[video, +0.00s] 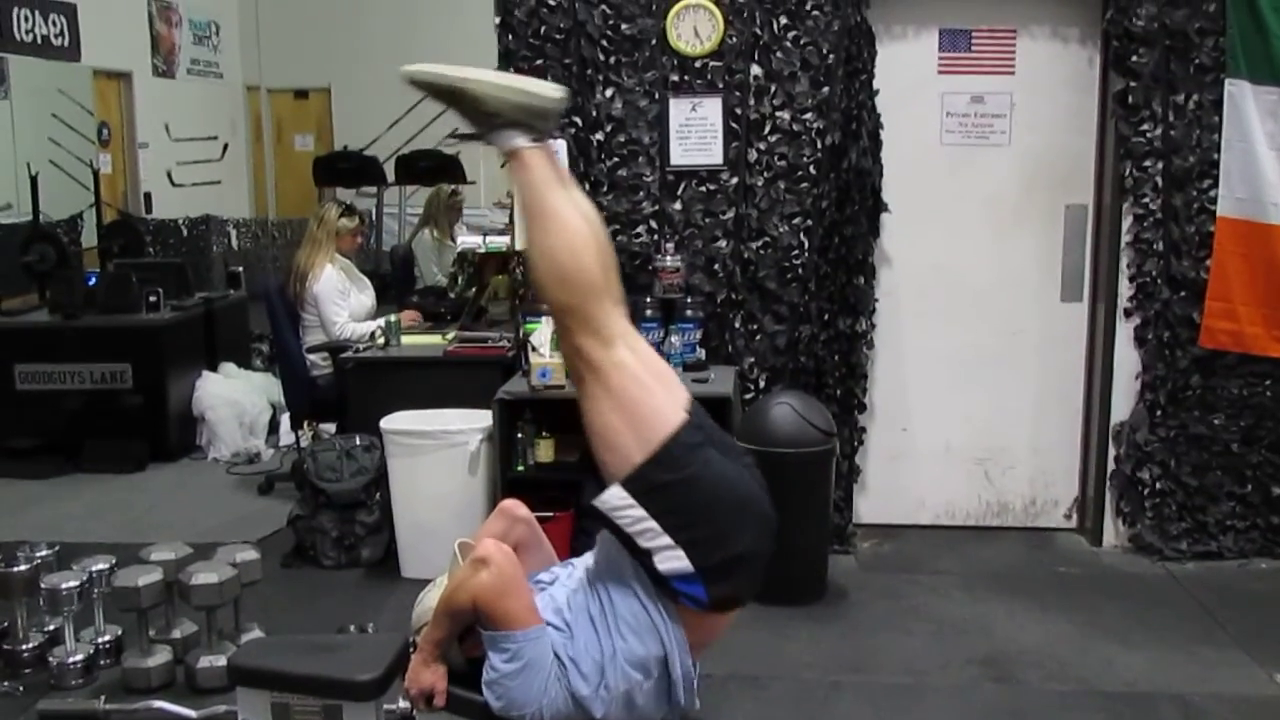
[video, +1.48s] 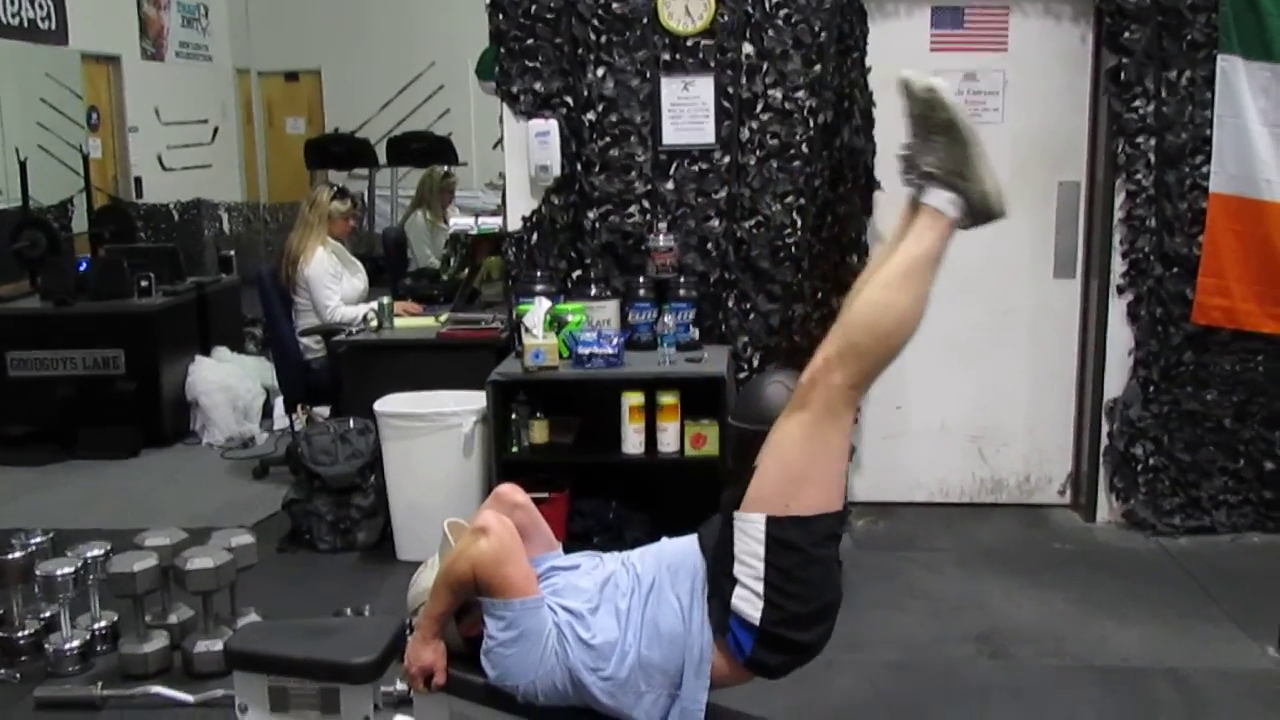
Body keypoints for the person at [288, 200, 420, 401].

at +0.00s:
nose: (360, 240)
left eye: (361, 234)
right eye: (355, 235)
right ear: (334, 235)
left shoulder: (338, 266)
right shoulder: (326, 274)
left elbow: (347, 324)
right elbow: (339, 332)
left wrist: (391, 322)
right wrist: (392, 323)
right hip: (331, 371)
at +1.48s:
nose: (352, 225)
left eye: (353, 219)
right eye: (347, 219)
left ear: (331, 219)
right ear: (328, 218)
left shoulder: (328, 250)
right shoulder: (317, 256)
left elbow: (340, 307)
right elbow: (332, 315)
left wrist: (386, 307)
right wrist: (385, 308)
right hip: (324, 357)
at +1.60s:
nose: (350, 204)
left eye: (350, 197)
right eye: (344, 198)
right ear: (324, 198)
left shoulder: (329, 228)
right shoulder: (315, 235)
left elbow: (341, 286)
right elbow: (330, 295)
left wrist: (386, 285)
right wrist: (385, 288)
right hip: (321, 335)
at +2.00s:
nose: (347, 181)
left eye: (347, 174)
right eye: (341, 175)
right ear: (322, 175)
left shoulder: (325, 207)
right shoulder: (312, 212)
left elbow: (336, 264)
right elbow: (327, 271)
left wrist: (382, 263)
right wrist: (382, 265)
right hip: (319, 312)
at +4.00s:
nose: (345, 160)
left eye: (346, 153)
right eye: (339, 154)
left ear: (324, 155)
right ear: (320, 154)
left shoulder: (324, 187)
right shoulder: (311, 192)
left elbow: (335, 244)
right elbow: (325, 251)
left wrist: (381, 243)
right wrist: (380, 246)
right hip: (319, 291)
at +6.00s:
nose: (346, 159)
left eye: (346, 153)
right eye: (340, 154)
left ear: (324, 155)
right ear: (320, 154)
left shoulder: (324, 186)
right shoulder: (312, 192)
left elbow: (335, 244)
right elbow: (326, 251)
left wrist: (378, 242)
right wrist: (378, 245)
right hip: (319, 292)